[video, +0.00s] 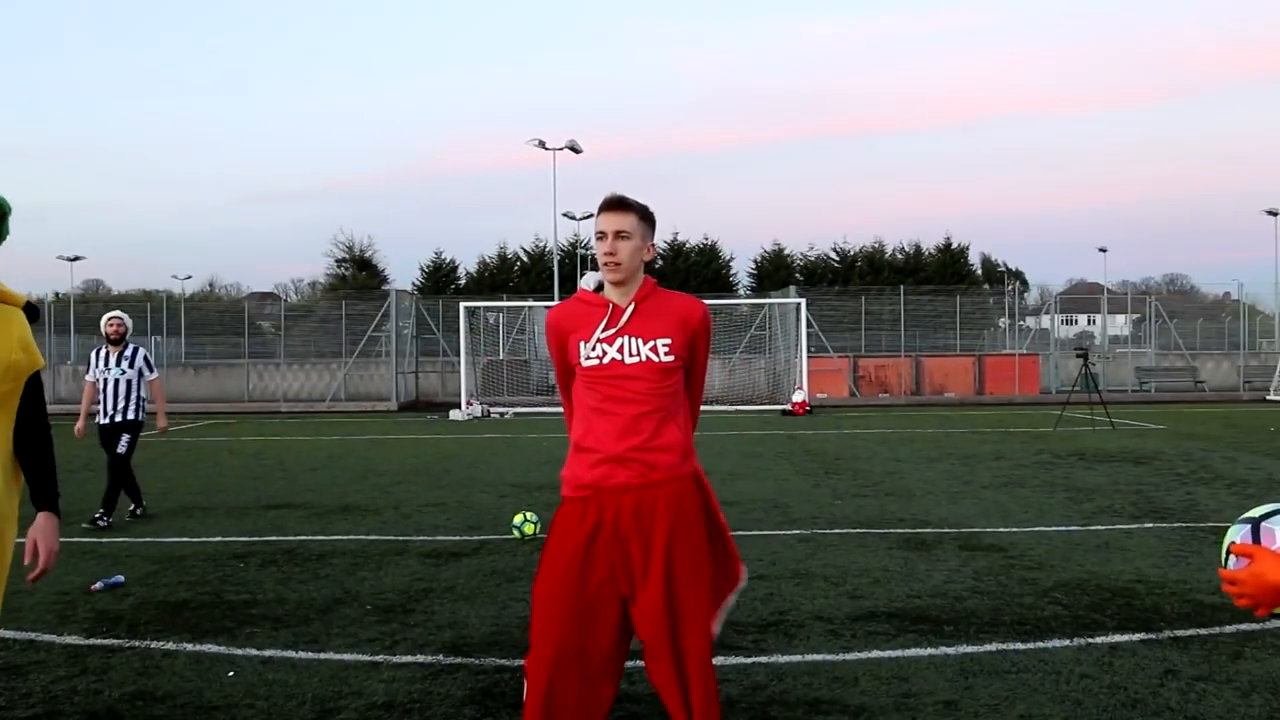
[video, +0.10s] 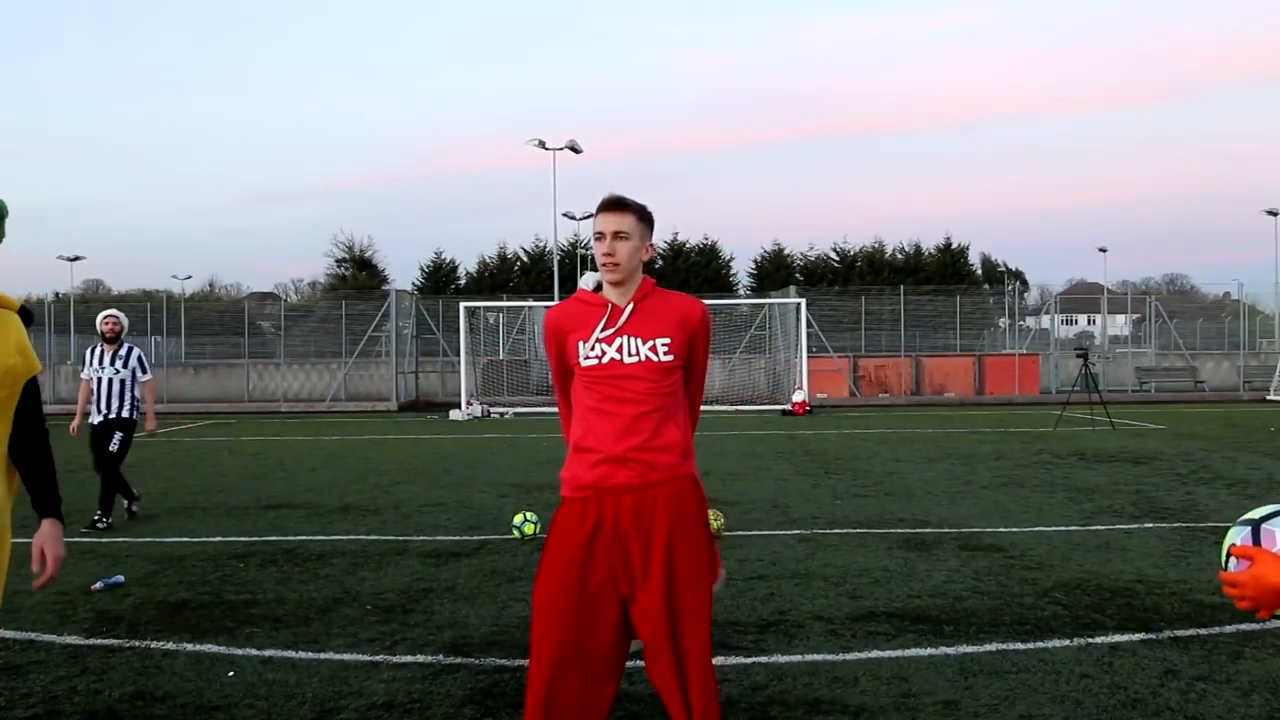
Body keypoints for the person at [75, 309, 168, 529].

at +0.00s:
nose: (115, 328)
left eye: (119, 325)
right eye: (111, 325)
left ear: (126, 329)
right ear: (104, 330)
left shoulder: (138, 354)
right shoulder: (96, 355)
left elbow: (154, 383)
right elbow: (90, 386)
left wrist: (161, 415)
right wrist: (82, 418)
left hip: (130, 417)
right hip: (105, 418)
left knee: (117, 463)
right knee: (119, 464)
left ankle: (105, 513)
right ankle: (138, 503)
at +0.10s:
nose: (110, 327)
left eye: (115, 323)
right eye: (106, 323)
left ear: (122, 328)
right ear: (99, 329)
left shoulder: (133, 353)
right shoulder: (91, 353)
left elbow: (147, 384)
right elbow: (85, 385)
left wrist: (150, 416)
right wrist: (78, 416)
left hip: (124, 416)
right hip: (99, 416)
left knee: (109, 463)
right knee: (102, 464)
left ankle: (104, 514)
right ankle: (131, 496)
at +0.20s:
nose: (103, 323)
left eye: (108, 320)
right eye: (99, 320)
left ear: (115, 324)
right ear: (92, 325)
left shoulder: (125, 350)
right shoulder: (85, 349)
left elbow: (137, 383)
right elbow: (78, 381)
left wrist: (131, 416)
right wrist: (72, 413)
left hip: (113, 416)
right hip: (87, 416)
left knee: (104, 464)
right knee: (79, 463)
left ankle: (103, 513)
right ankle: (110, 490)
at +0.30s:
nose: (98, 321)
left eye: (102, 317)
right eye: (93, 317)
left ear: (110, 321)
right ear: (87, 322)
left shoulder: (121, 347)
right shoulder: (80, 347)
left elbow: (130, 381)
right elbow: (73, 379)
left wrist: (120, 411)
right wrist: (68, 410)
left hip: (106, 416)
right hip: (80, 415)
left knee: (104, 466)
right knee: (69, 460)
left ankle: (104, 515)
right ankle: (92, 496)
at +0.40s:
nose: (88, 320)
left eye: (93, 316)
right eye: (83, 316)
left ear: (100, 321)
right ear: (77, 321)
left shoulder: (113, 348)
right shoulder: (70, 347)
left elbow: (120, 382)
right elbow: (65, 380)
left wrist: (103, 403)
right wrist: (59, 411)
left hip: (99, 419)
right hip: (71, 418)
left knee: (101, 468)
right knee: (57, 464)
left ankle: (103, 515)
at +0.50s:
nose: (81, 321)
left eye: (86, 318)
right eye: (76, 318)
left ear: (93, 322)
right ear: (70, 323)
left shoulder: (106, 349)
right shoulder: (63, 349)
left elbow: (112, 384)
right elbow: (56, 384)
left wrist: (95, 404)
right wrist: (51, 415)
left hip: (94, 422)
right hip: (64, 421)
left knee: (99, 470)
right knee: (52, 473)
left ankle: (103, 516)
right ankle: (39, 521)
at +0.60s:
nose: (66, 323)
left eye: (71, 319)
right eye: (62, 320)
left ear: (79, 324)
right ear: (55, 326)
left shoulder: (92, 352)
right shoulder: (46, 354)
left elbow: (101, 386)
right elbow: (40, 389)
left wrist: (86, 411)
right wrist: (37, 422)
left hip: (83, 427)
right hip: (52, 427)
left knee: (92, 473)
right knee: (43, 479)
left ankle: (102, 516)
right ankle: (35, 528)